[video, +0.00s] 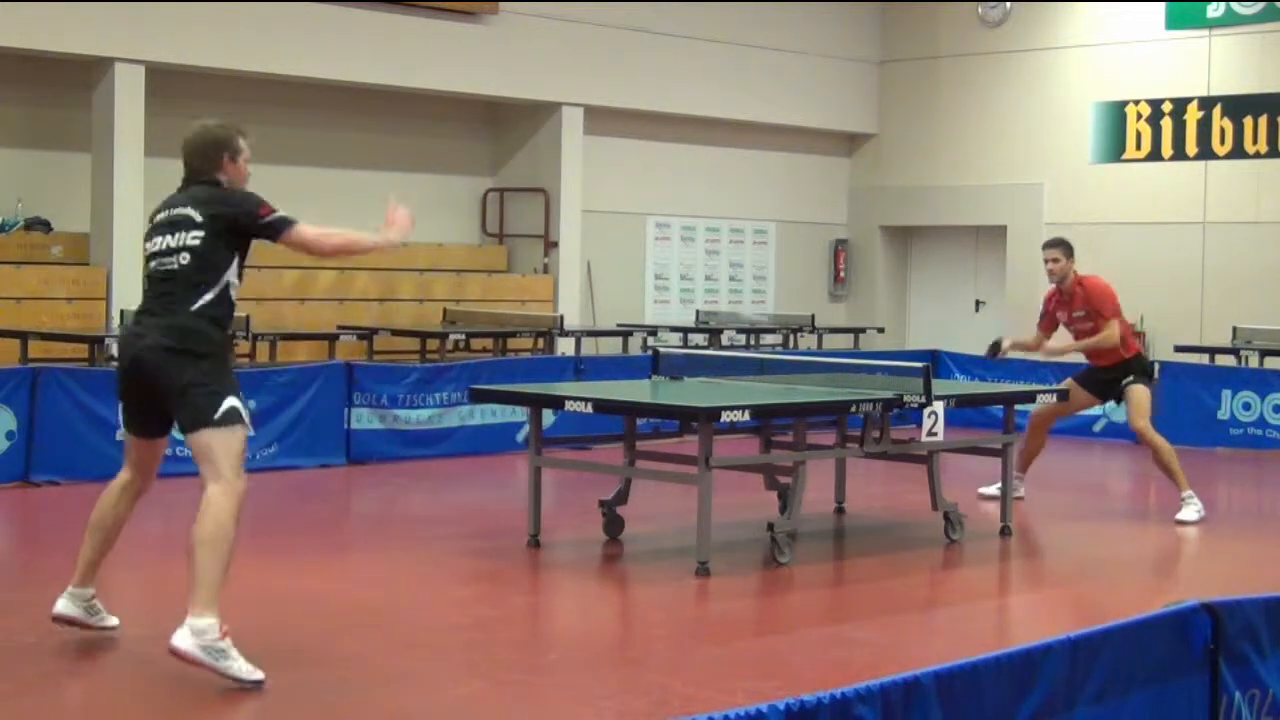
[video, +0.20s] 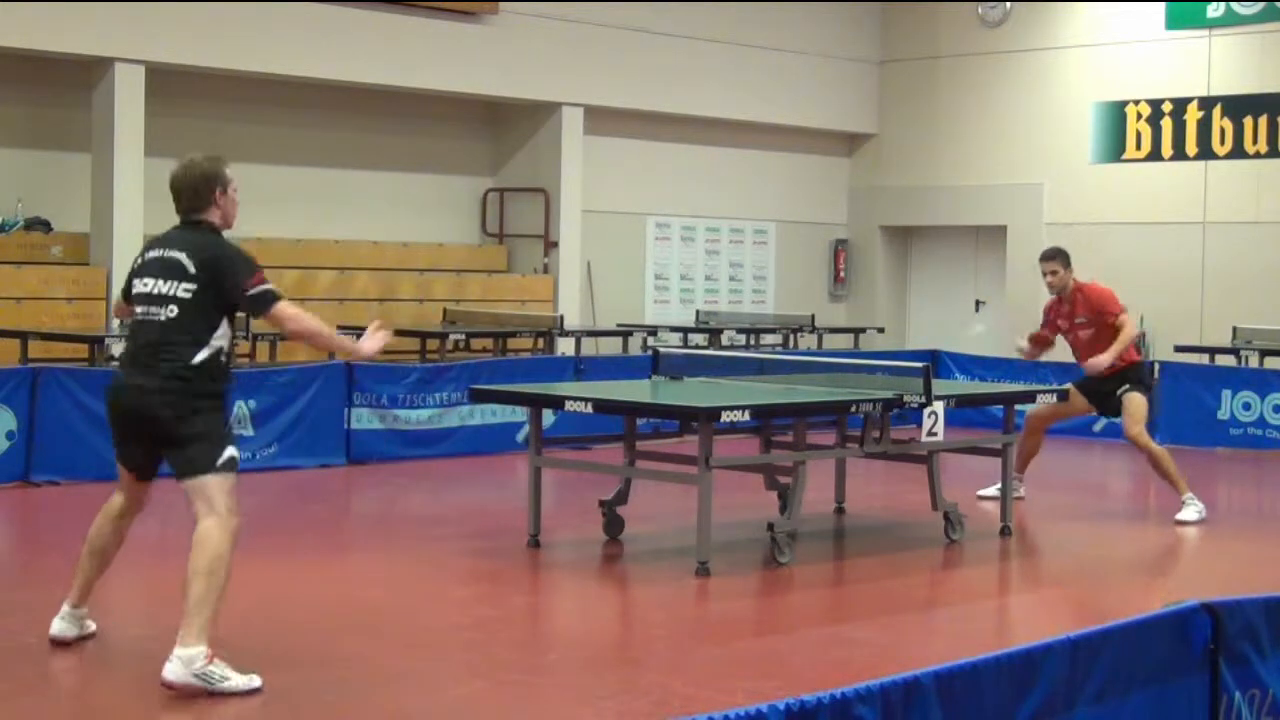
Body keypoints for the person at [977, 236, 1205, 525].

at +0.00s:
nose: (1049, 268)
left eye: (1054, 261)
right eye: (1046, 262)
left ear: (1071, 262)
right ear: (1045, 265)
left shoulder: (1096, 289)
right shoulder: (1053, 299)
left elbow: (1113, 337)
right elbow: (1038, 342)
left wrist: (1061, 349)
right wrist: (1012, 343)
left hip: (1131, 366)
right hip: (1100, 371)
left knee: (1140, 426)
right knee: (1040, 416)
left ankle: (1189, 498)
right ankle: (1015, 482)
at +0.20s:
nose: (1049, 280)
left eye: (1054, 274)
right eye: (1045, 276)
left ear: (1070, 272)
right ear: (1043, 278)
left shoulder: (1097, 295)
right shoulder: (1054, 308)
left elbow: (1130, 328)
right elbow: (1043, 343)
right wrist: (1030, 347)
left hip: (1129, 375)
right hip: (1096, 381)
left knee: (1135, 432)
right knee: (1035, 418)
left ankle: (1189, 500)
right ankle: (1015, 482)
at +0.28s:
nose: (1055, 273)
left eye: (1060, 266)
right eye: (1051, 268)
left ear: (1076, 265)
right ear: (1049, 269)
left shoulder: (1103, 289)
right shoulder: (1052, 301)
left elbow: (1149, 308)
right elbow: (1026, 328)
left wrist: (1139, 329)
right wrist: (1012, 330)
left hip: (1130, 374)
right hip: (1096, 379)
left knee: (1143, 430)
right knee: (1037, 419)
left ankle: (1192, 500)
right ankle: (1014, 483)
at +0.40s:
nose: (1066, 252)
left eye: (1072, 246)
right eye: (1063, 246)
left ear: (1088, 247)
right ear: (1061, 248)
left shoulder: (1111, 277)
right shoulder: (1055, 283)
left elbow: (1157, 283)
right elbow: (1022, 304)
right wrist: (993, 304)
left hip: (1127, 367)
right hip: (1093, 371)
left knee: (1146, 427)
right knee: (1037, 420)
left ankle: (1193, 500)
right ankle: (1014, 483)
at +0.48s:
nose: (1072, 240)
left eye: (1078, 235)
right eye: (1070, 235)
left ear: (1095, 239)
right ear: (1068, 239)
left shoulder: (1113, 272)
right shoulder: (1058, 276)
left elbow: (1151, 279)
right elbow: (1018, 290)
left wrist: (1171, 279)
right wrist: (992, 282)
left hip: (1125, 363)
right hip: (1089, 366)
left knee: (1145, 426)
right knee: (1037, 419)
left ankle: (1192, 499)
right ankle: (1014, 482)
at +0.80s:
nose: (1076, 224)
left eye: (1083, 219)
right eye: (1075, 220)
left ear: (1102, 225)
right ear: (1077, 228)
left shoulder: (1124, 266)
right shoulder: (1068, 267)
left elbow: (1156, 304)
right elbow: (1030, 293)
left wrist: (1165, 299)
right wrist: (1010, 261)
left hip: (1115, 357)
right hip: (1079, 357)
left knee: (1141, 424)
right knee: (1043, 420)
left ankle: (1192, 499)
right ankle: (1015, 482)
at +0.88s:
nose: (1075, 226)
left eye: (1082, 221)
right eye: (1075, 221)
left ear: (1101, 225)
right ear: (1080, 228)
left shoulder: (1125, 267)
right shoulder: (1071, 269)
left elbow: (1141, 309)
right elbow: (1048, 310)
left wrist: (1145, 332)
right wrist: (1018, 290)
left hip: (1112, 357)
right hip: (1075, 357)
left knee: (1142, 427)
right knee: (1043, 422)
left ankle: (1192, 499)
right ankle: (1016, 482)